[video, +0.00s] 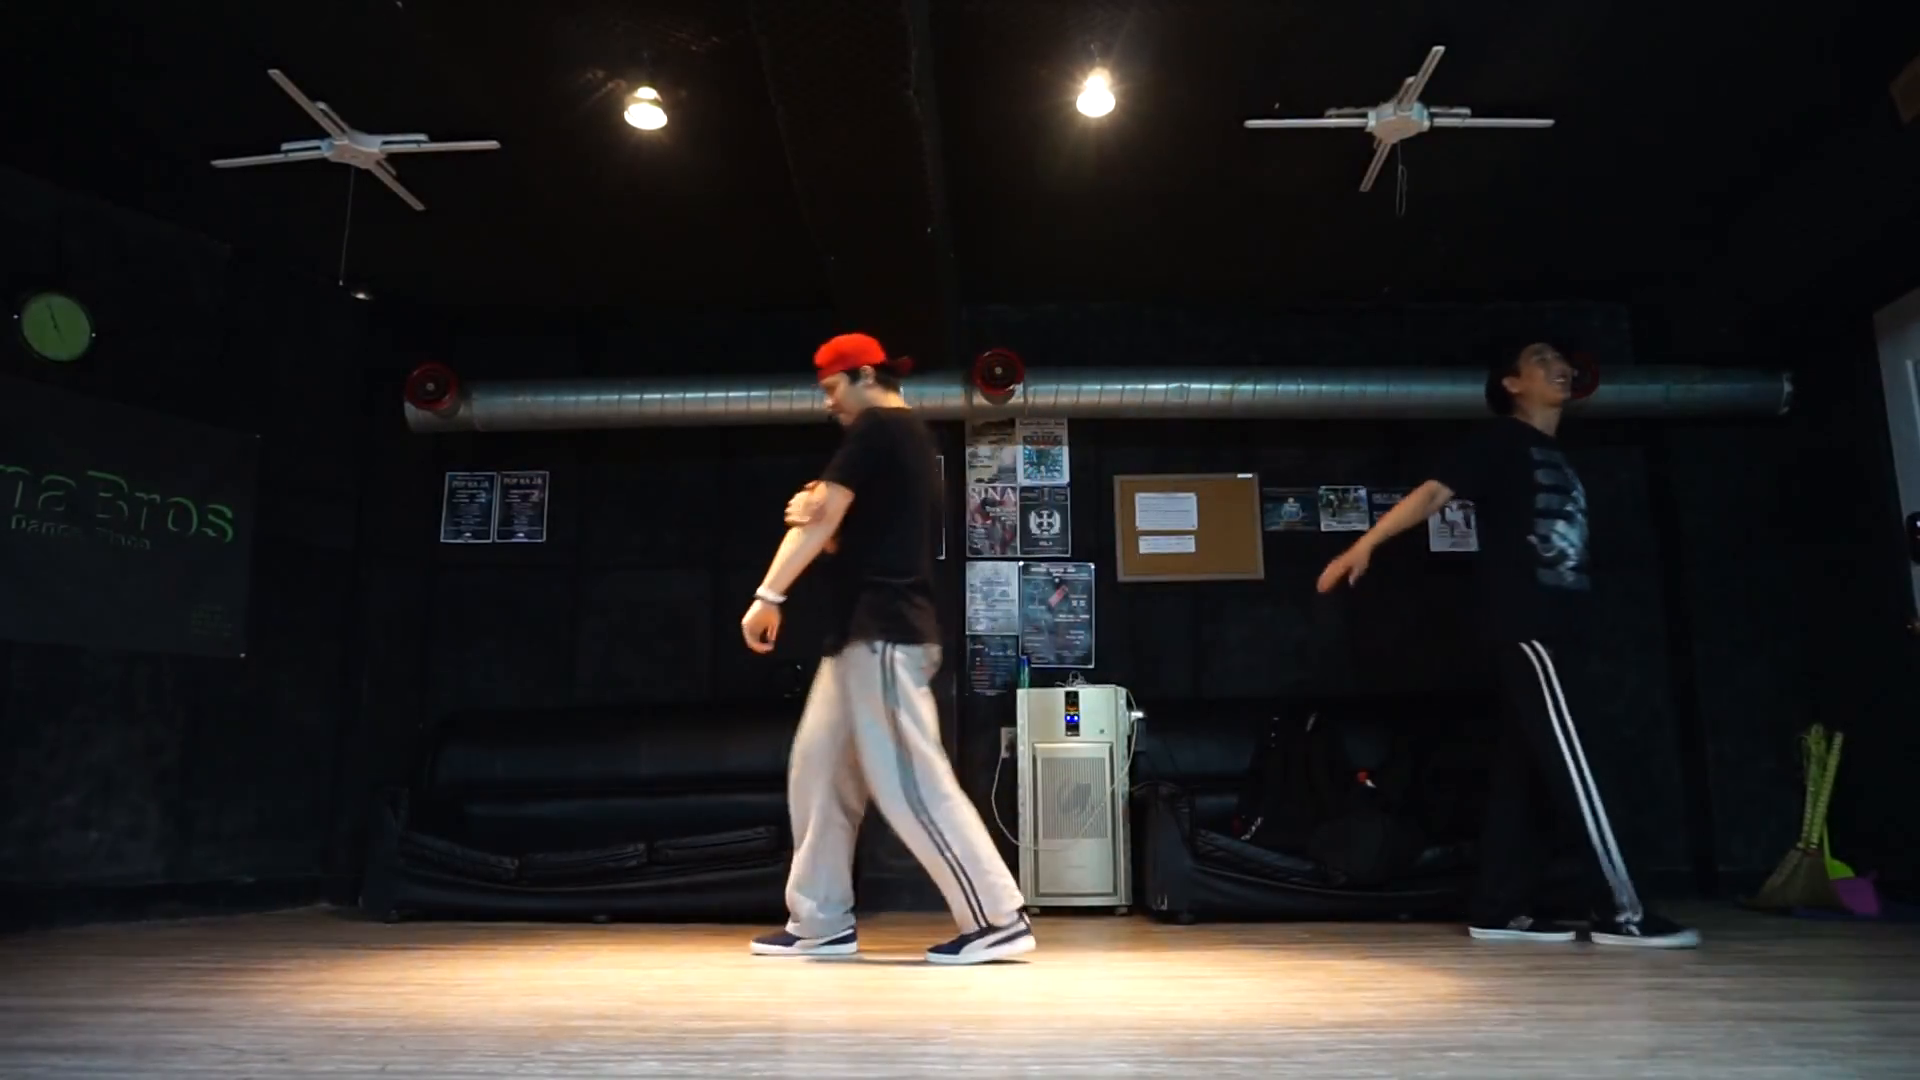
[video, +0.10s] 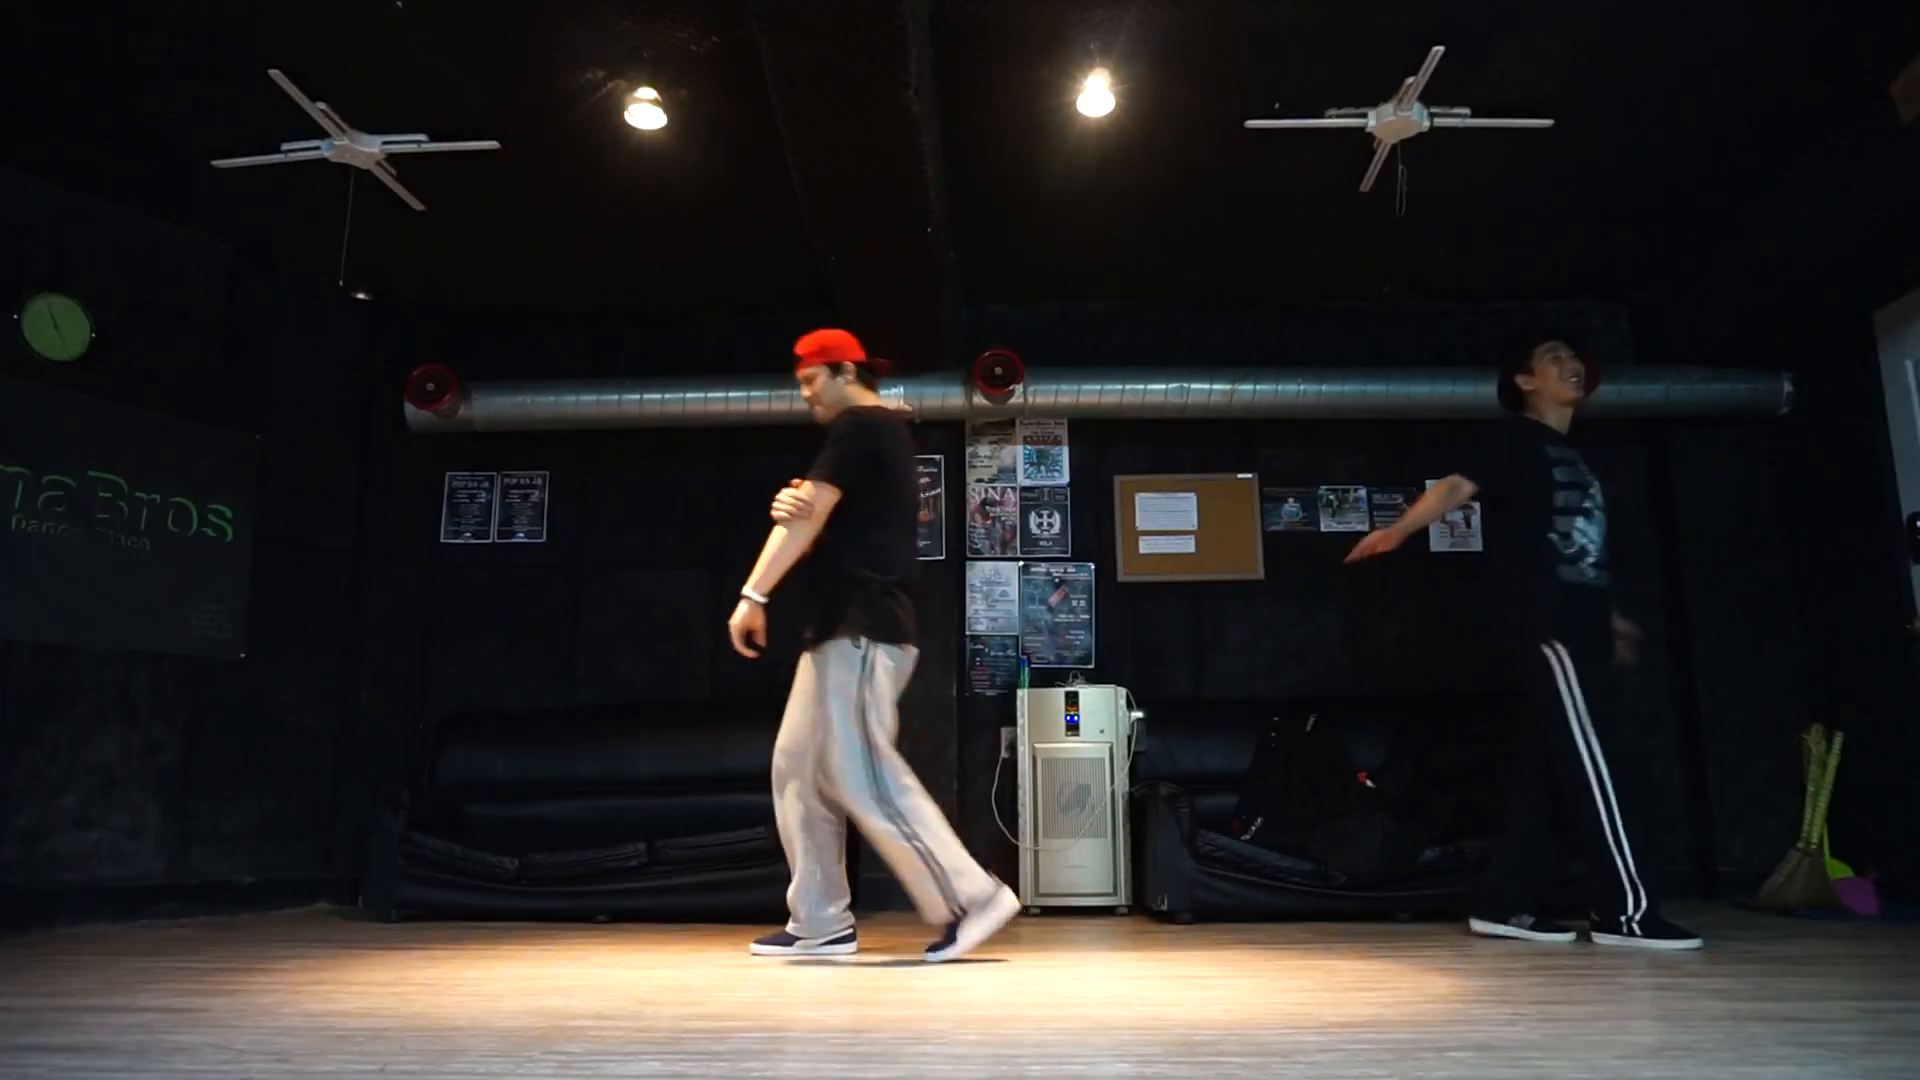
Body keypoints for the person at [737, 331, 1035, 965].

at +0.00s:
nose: (826, 402)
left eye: (830, 388)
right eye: (824, 390)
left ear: (861, 378)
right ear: (869, 379)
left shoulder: (875, 430)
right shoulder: (904, 431)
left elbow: (820, 523)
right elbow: (876, 519)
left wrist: (768, 595)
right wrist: (817, 506)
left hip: (883, 636)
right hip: (860, 637)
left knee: (912, 781)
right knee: (817, 770)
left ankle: (998, 924)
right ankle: (821, 925)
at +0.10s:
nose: (804, 395)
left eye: (810, 382)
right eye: (801, 384)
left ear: (843, 373)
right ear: (845, 376)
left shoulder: (860, 428)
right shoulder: (878, 430)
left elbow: (807, 519)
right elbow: (846, 521)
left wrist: (753, 594)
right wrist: (796, 505)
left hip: (861, 631)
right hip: (837, 632)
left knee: (860, 771)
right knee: (797, 771)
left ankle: (974, 899)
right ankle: (820, 925)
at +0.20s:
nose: (785, 385)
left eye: (793, 371)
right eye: (782, 374)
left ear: (829, 368)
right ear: (812, 375)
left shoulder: (855, 427)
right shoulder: (834, 432)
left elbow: (787, 507)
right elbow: (778, 507)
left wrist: (722, 580)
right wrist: (774, 523)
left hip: (847, 627)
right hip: (819, 627)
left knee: (810, 761)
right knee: (783, 765)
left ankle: (927, 865)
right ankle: (820, 923)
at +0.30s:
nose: (770, 375)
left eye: (782, 362)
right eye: (768, 364)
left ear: (820, 368)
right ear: (777, 374)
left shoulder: (844, 427)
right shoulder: (805, 437)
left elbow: (791, 492)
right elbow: (778, 504)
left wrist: (694, 530)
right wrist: (759, 543)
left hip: (838, 613)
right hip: (818, 613)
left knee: (760, 741)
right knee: (786, 755)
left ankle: (869, 857)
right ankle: (819, 923)